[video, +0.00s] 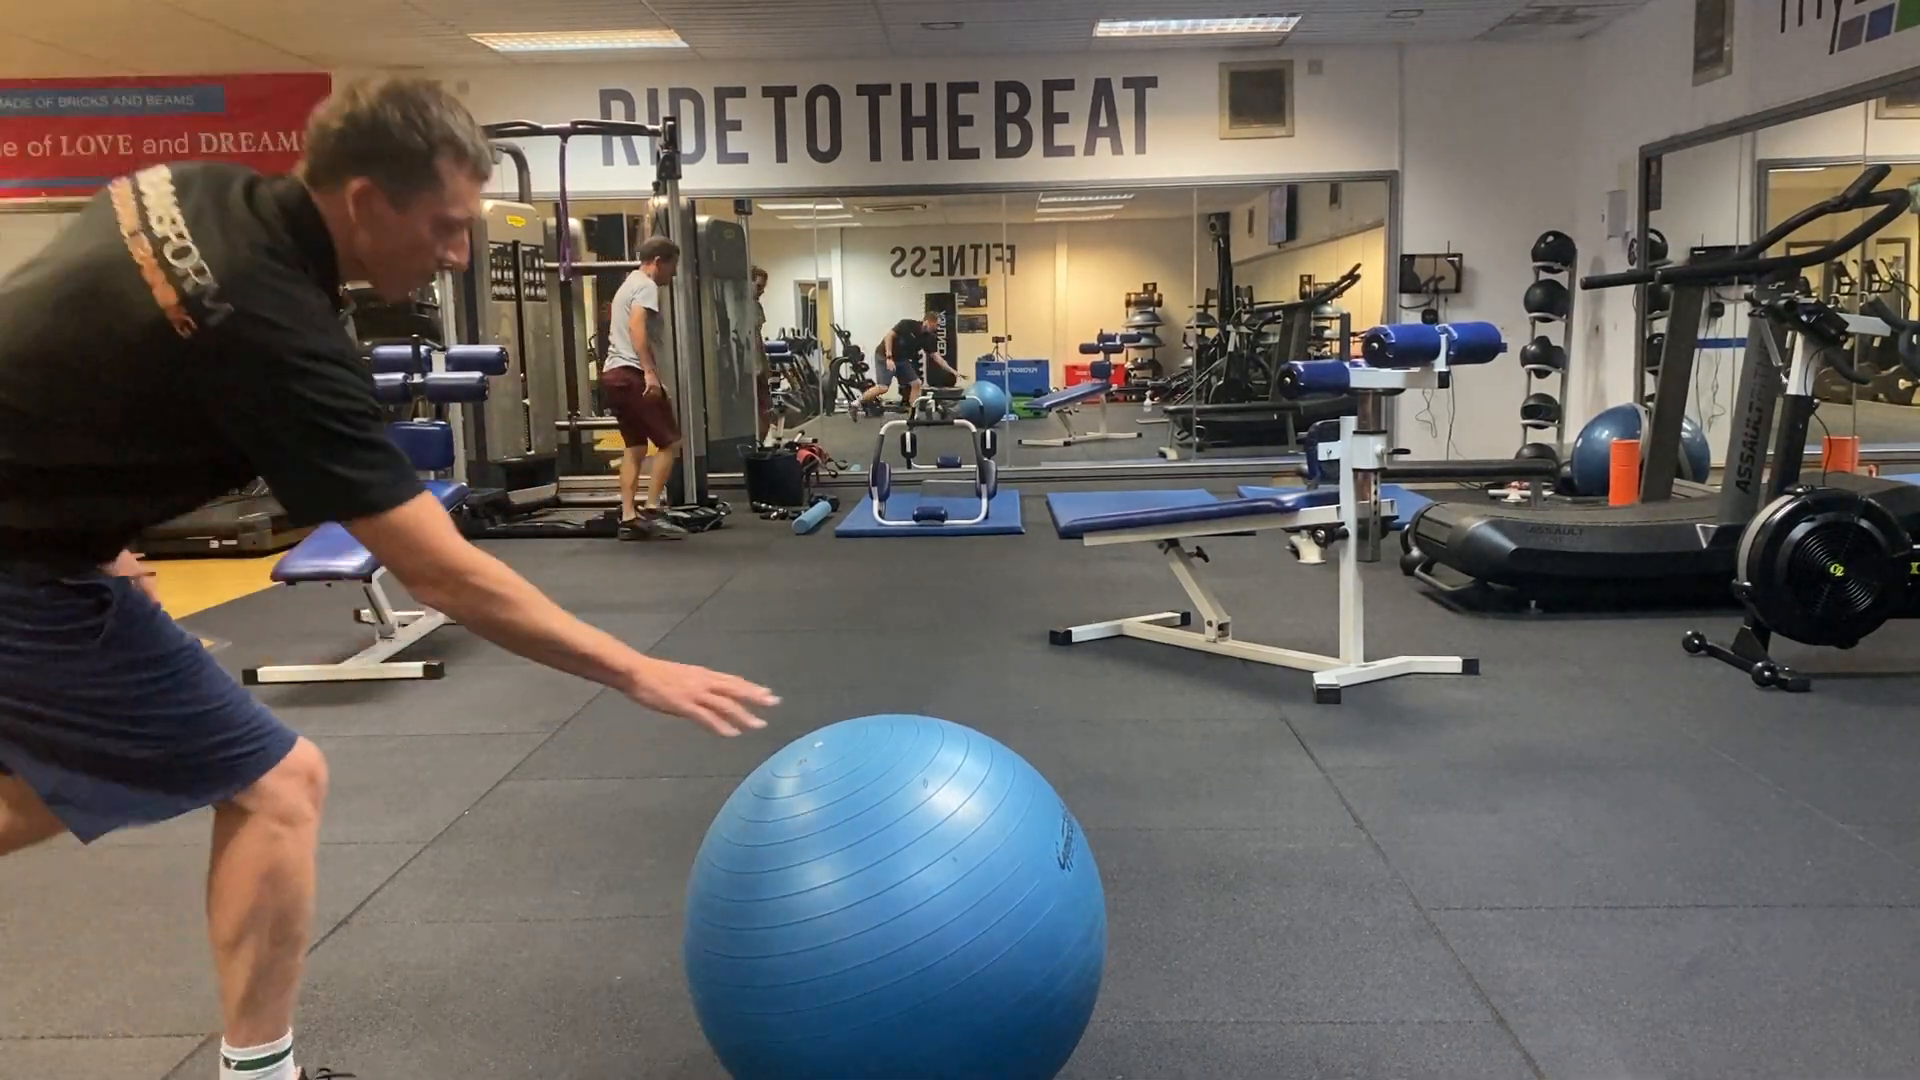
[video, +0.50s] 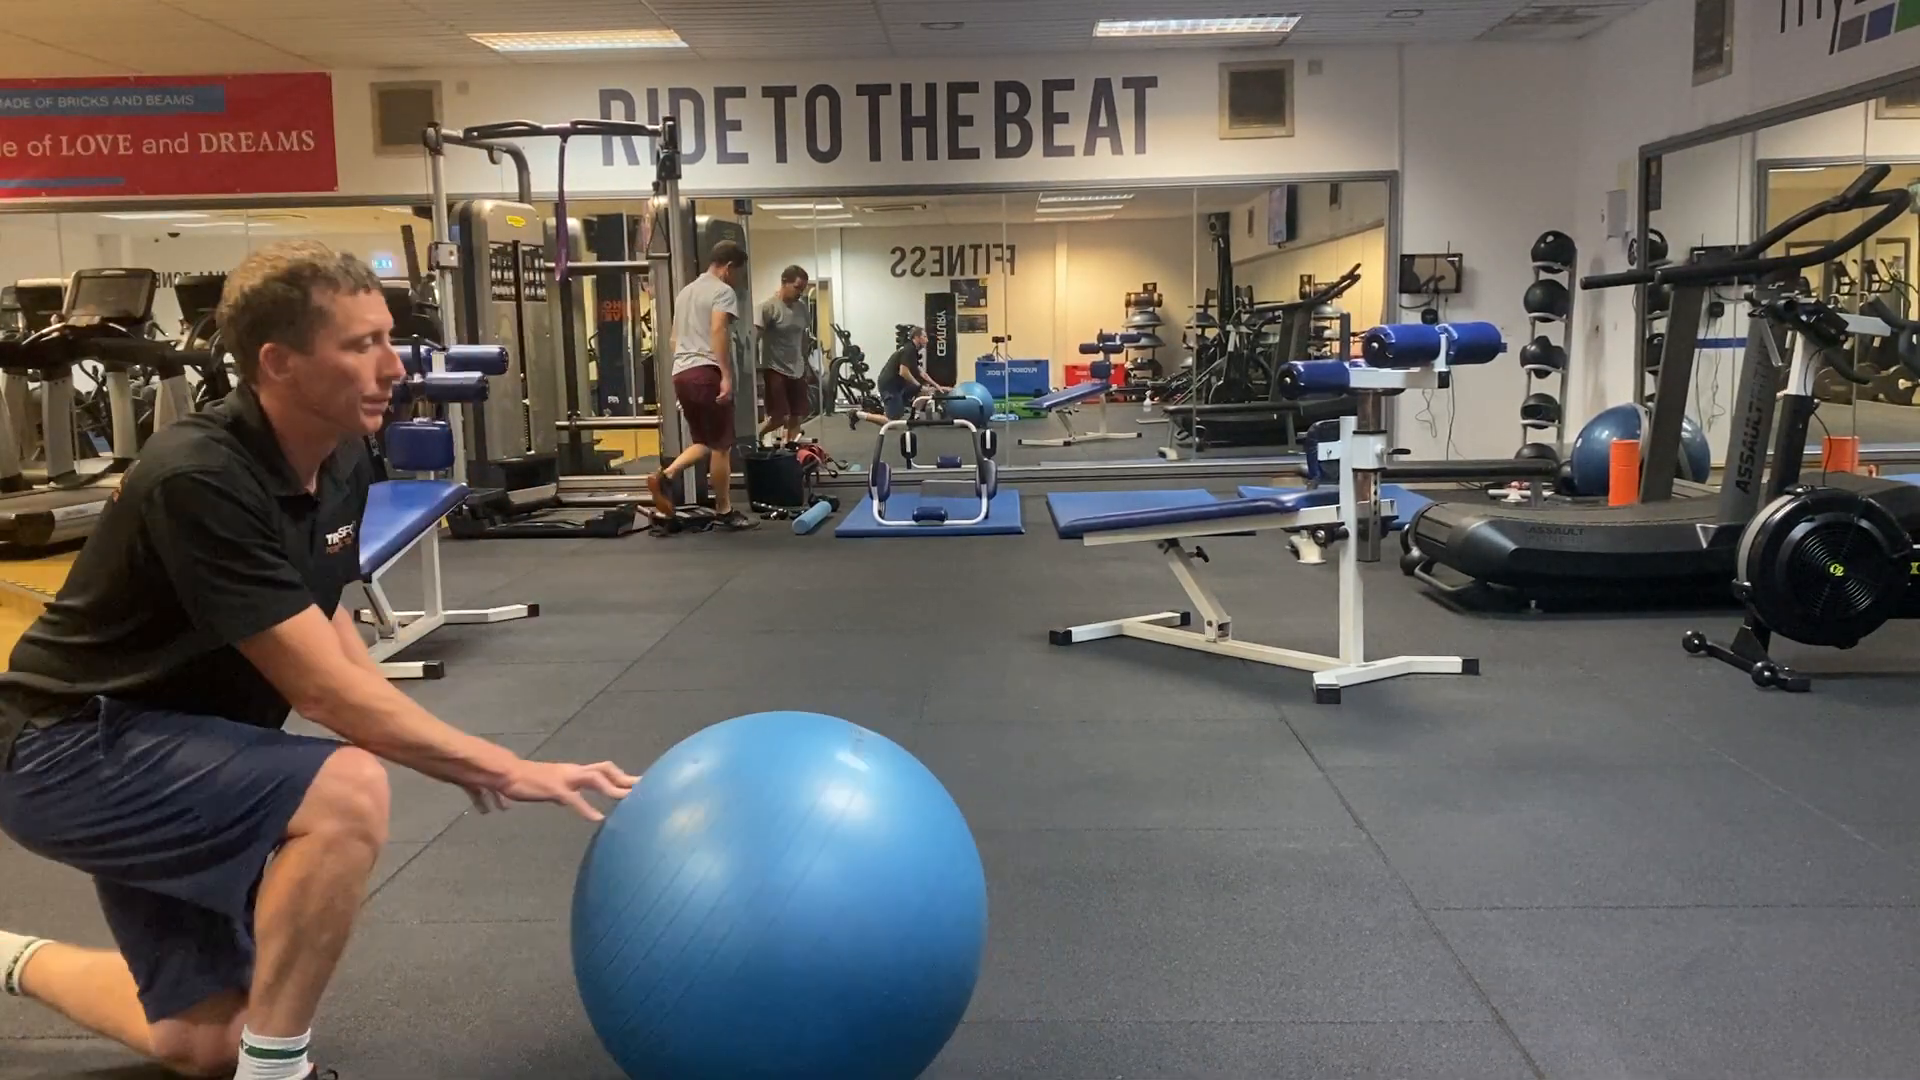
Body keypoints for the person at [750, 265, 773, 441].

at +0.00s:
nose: (761, 289)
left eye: (763, 285)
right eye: (758, 284)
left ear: (764, 285)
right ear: (750, 284)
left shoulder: (756, 305)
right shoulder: (749, 305)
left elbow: (757, 336)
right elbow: (750, 335)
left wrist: (765, 365)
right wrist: (757, 364)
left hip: (758, 367)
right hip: (750, 367)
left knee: (763, 406)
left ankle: (762, 438)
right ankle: (758, 439)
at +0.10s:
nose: (769, 292)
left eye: (771, 288)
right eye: (767, 287)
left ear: (764, 286)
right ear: (755, 284)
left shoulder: (764, 307)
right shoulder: (745, 307)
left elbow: (761, 340)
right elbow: (742, 343)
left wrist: (767, 368)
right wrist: (751, 372)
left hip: (765, 370)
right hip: (750, 372)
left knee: (773, 414)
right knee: (754, 416)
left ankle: (777, 448)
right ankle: (752, 449)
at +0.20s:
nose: (777, 295)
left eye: (779, 291)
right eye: (775, 290)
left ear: (769, 288)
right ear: (762, 286)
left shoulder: (772, 309)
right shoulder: (748, 309)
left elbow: (768, 341)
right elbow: (743, 347)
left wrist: (772, 369)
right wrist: (752, 375)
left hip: (770, 373)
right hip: (753, 374)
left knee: (779, 416)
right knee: (753, 419)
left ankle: (789, 453)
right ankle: (750, 458)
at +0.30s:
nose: (785, 297)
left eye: (787, 293)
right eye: (782, 293)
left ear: (787, 291)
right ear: (770, 287)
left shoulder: (782, 310)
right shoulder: (755, 312)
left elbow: (778, 343)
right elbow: (747, 348)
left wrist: (784, 372)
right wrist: (753, 378)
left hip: (779, 375)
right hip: (758, 376)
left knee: (785, 420)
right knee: (755, 422)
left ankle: (789, 461)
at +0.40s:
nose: (794, 295)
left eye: (796, 291)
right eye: (791, 290)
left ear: (797, 289)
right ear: (778, 285)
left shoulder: (793, 310)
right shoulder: (762, 311)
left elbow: (788, 342)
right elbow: (751, 346)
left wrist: (793, 369)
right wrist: (753, 378)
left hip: (790, 374)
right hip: (767, 375)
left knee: (792, 420)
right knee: (763, 423)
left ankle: (793, 461)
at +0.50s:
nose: (800, 292)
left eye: (803, 288)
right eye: (797, 287)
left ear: (804, 286)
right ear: (785, 282)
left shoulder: (802, 308)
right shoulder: (768, 307)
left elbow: (804, 339)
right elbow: (753, 339)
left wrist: (807, 366)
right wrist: (752, 369)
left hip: (798, 369)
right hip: (775, 369)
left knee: (796, 416)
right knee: (779, 417)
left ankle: (789, 450)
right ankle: (757, 435)